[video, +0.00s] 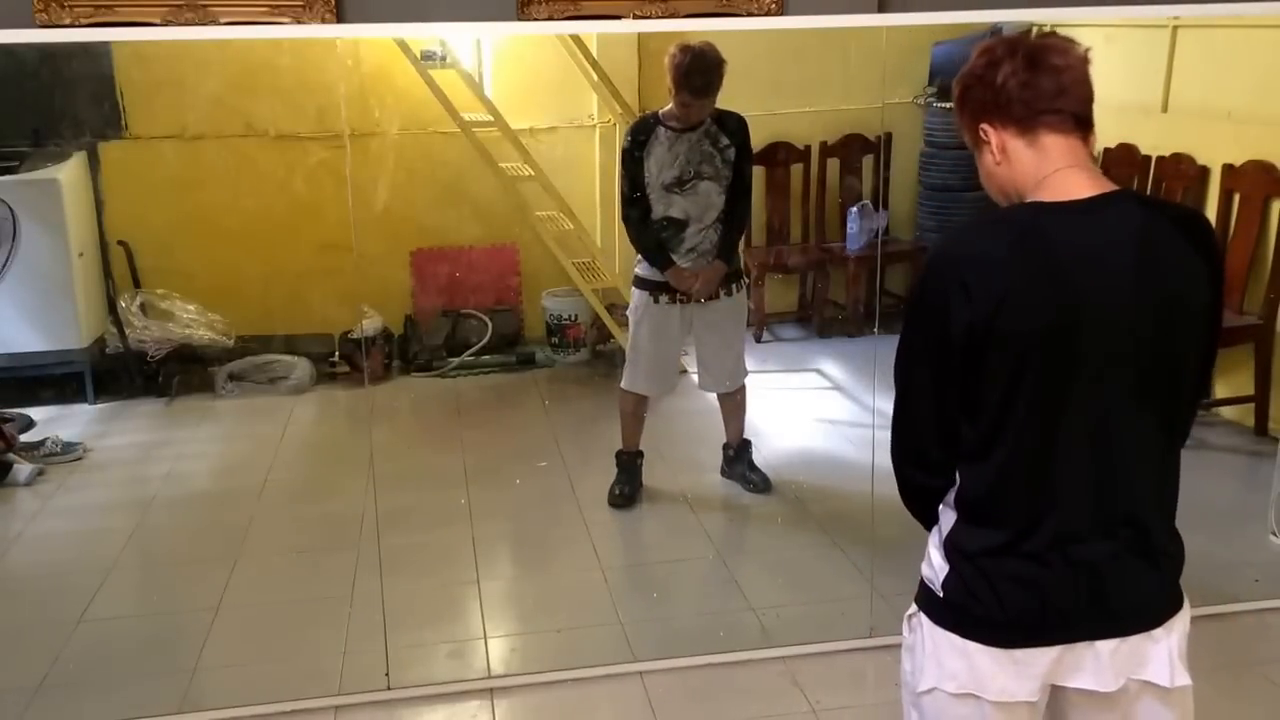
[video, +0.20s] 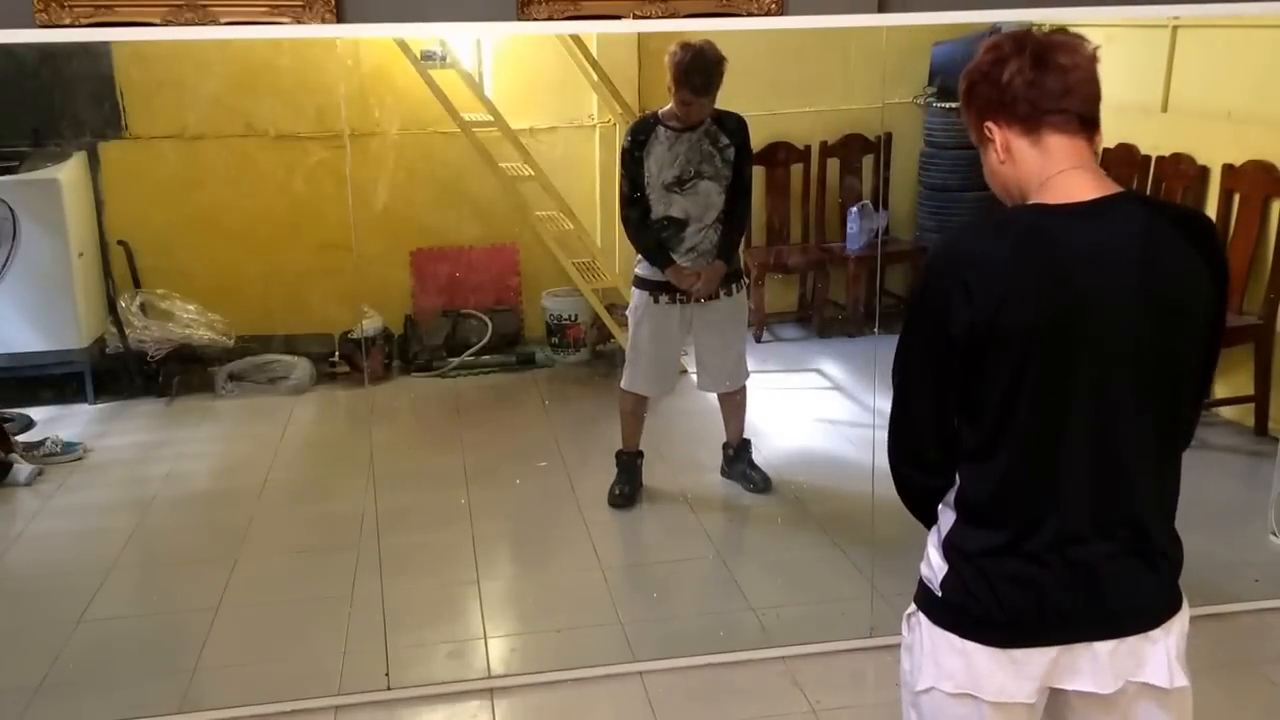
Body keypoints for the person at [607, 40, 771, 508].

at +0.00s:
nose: (693, 114)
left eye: (702, 106)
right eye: (686, 105)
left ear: (716, 93)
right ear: (672, 90)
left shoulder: (733, 128)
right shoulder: (641, 134)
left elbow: (740, 201)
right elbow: (633, 212)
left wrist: (721, 261)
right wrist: (670, 268)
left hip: (720, 279)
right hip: (656, 279)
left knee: (730, 374)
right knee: (638, 378)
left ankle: (736, 456)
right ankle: (628, 465)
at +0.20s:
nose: (690, 111)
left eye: (700, 104)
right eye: (683, 102)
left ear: (716, 92)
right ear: (671, 88)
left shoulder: (733, 129)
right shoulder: (640, 135)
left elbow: (740, 203)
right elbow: (631, 213)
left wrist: (722, 261)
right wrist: (671, 268)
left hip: (719, 279)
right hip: (655, 280)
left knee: (731, 373)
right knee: (638, 378)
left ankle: (735, 455)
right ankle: (628, 465)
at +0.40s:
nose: (693, 100)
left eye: (701, 90)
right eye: (684, 90)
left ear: (713, 82)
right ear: (667, 81)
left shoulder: (732, 129)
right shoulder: (639, 135)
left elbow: (740, 203)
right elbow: (632, 212)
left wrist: (721, 262)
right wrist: (671, 266)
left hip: (720, 279)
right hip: (656, 281)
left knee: (731, 373)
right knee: (638, 379)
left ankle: (736, 456)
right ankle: (628, 465)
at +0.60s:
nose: (690, 81)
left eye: (699, 72)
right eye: (681, 72)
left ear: (713, 73)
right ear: (667, 73)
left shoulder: (733, 129)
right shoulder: (641, 135)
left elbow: (740, 205)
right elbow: (632, 212)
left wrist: (721, 263)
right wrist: (672, 267)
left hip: (720, 280)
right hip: (656, 281)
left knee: (731, 373)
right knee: (638, 379)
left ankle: (736, 456)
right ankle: (628, 466)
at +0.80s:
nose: (693, 85)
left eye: (703, 76)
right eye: (686, 75)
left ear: (718, 76)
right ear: (673, 71)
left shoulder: (734, 129)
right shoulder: (642, 134)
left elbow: (740, 205)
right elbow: (631, 213)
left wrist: (721, 263)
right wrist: (671, 268)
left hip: (720, 280)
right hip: (657, 281)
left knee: (730, 375)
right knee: (638, 379)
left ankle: (736, 456)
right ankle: (628, 466)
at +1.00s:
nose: (691, 83)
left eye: (701, 74)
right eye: (683, 73)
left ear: (716, 74)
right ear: (670, 71)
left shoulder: (733, 129)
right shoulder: (640, 134)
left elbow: (740, 204)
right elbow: (631, 214)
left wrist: (722, 263)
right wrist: (672, 269)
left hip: (720, 280)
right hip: (657, 281)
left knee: (730, 375)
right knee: (638, 380)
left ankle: (736, 456)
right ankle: (628, 466)